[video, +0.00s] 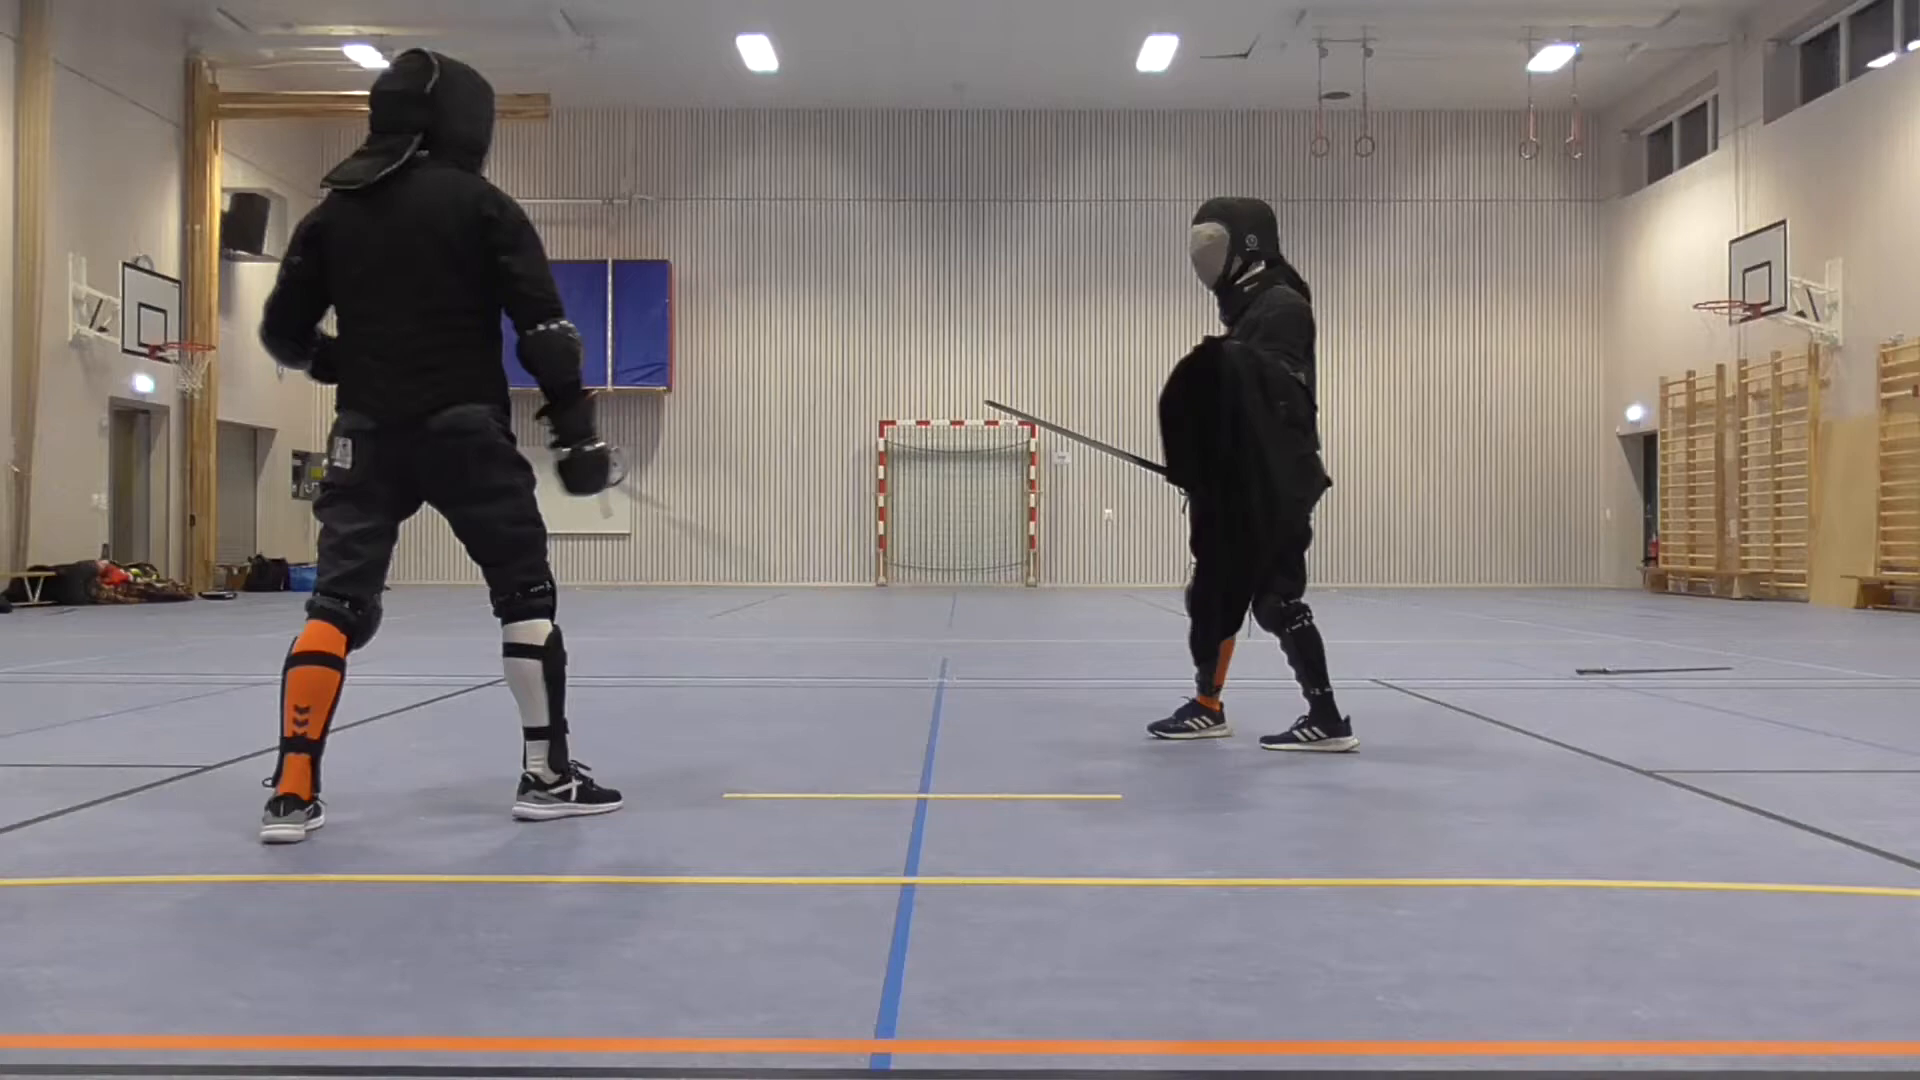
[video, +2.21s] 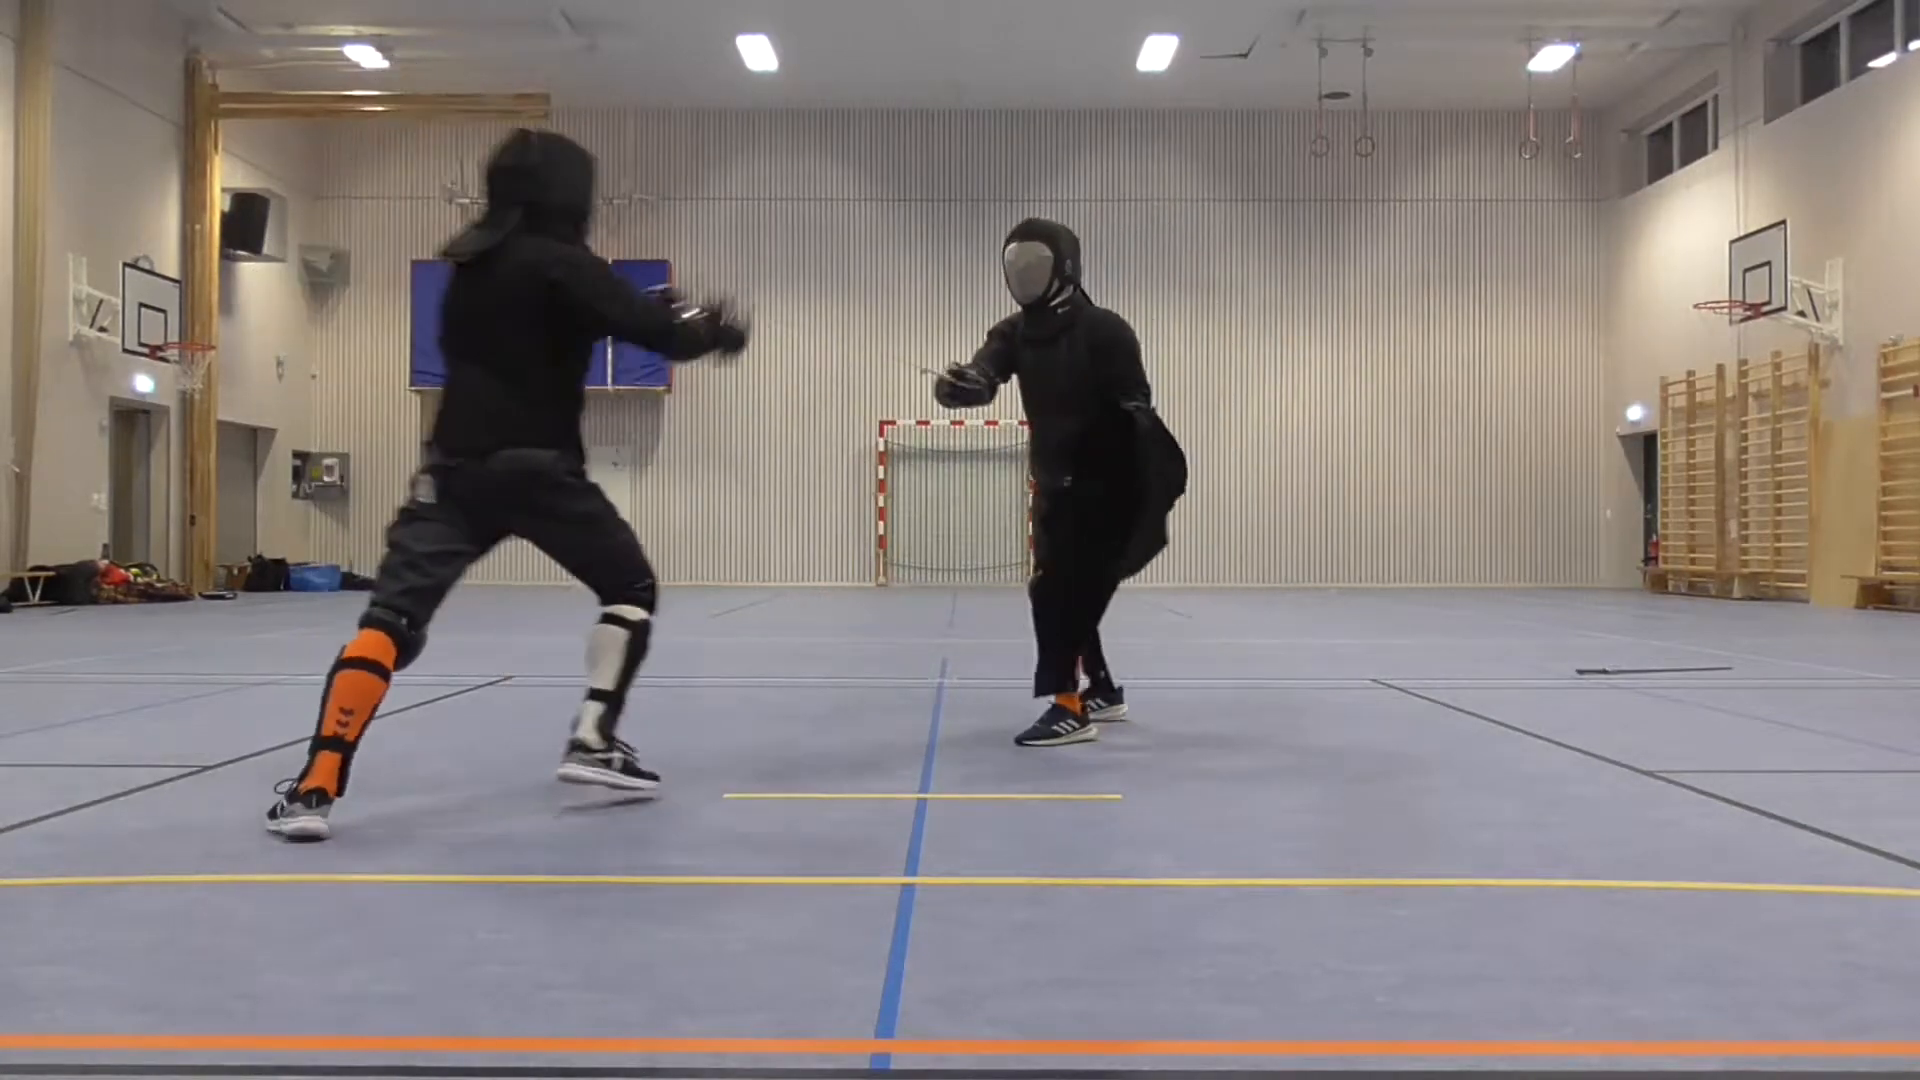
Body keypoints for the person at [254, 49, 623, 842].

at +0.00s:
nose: (485, 138)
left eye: (484, 124)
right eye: (480, 123)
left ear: (391, 121)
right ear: (456, 123)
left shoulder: (337, 211)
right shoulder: (481, 206)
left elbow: (283, 333)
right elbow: (546, 329)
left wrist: (357, 364)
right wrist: (577, 432)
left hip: (365, 437)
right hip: (470, 435)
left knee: (337, 599)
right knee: (524, 592)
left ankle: (292, 788)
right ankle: (547, 767)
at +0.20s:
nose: (492, 142)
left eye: (490, 127)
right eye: (487, 127)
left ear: (398, 122)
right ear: (463, 127)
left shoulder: (339, 210)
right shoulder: (479, 206)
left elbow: (323, 325)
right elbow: (557, 322)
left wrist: (398, 353)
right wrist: (615, 406)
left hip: (362, 437)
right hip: (459, 432)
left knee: (338, 601)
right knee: (518, 587)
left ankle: (293, 788)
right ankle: (547, 765)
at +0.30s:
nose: (496, 145)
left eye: (495, 130)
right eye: (491, 130)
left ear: (404, 123)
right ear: (467, 129)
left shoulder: (344, 212)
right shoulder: (472, 212)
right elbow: (543, 331)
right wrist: (610, 391)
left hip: (352, 436)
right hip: (443, 435)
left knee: (337, 602)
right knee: (513, 589)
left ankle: (292, 788)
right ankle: (547, 763)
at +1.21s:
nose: (470, 142)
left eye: (466, 129)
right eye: (465, 129)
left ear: (376, 127)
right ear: (445, 129)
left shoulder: (326, 213)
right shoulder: (465, 213)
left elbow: (279, 336)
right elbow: (518, 342)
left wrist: (361, 344)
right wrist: (548, 441)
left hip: (351, 442)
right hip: (457, 437)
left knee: (334, 600)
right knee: (520, 589)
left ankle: (308, 789)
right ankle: (545, 762)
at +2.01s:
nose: (508, 162)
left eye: (508, 149)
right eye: (502, 148)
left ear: (418, 145)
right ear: (481, 147)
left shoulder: (366, 231)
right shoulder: (492, 226)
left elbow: (354, 330)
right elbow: (536, 345)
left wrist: (410, 385)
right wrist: (586, 426)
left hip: (384, 441)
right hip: (480, 440)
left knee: (348, 602)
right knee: (553, 580)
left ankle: (309, 789)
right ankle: (538, 749)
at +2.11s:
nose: (533, 178)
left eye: (532, 165)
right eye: (527, 165)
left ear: (445, 164)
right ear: (507, 165)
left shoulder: (405, 253)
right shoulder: (519, 243)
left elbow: (462, 351)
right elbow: (577, 341)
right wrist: (643, 400)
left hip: (414, 458)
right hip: (506, 457)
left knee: (366, 609)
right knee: (587, 583)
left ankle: (314, 782)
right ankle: (552, 743)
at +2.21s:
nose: (586, 209)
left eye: (583, 197)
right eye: (582, 197)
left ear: (502, 193)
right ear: (566, 198)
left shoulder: (469, 262)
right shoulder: (566, 267)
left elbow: (548, 321)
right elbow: (655, 328)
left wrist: (637, 305)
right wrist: (711, 329)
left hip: (455, 470)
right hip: (541, 470)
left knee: (389, 617)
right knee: (630, 592)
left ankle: (315, 788)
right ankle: (593, 742)